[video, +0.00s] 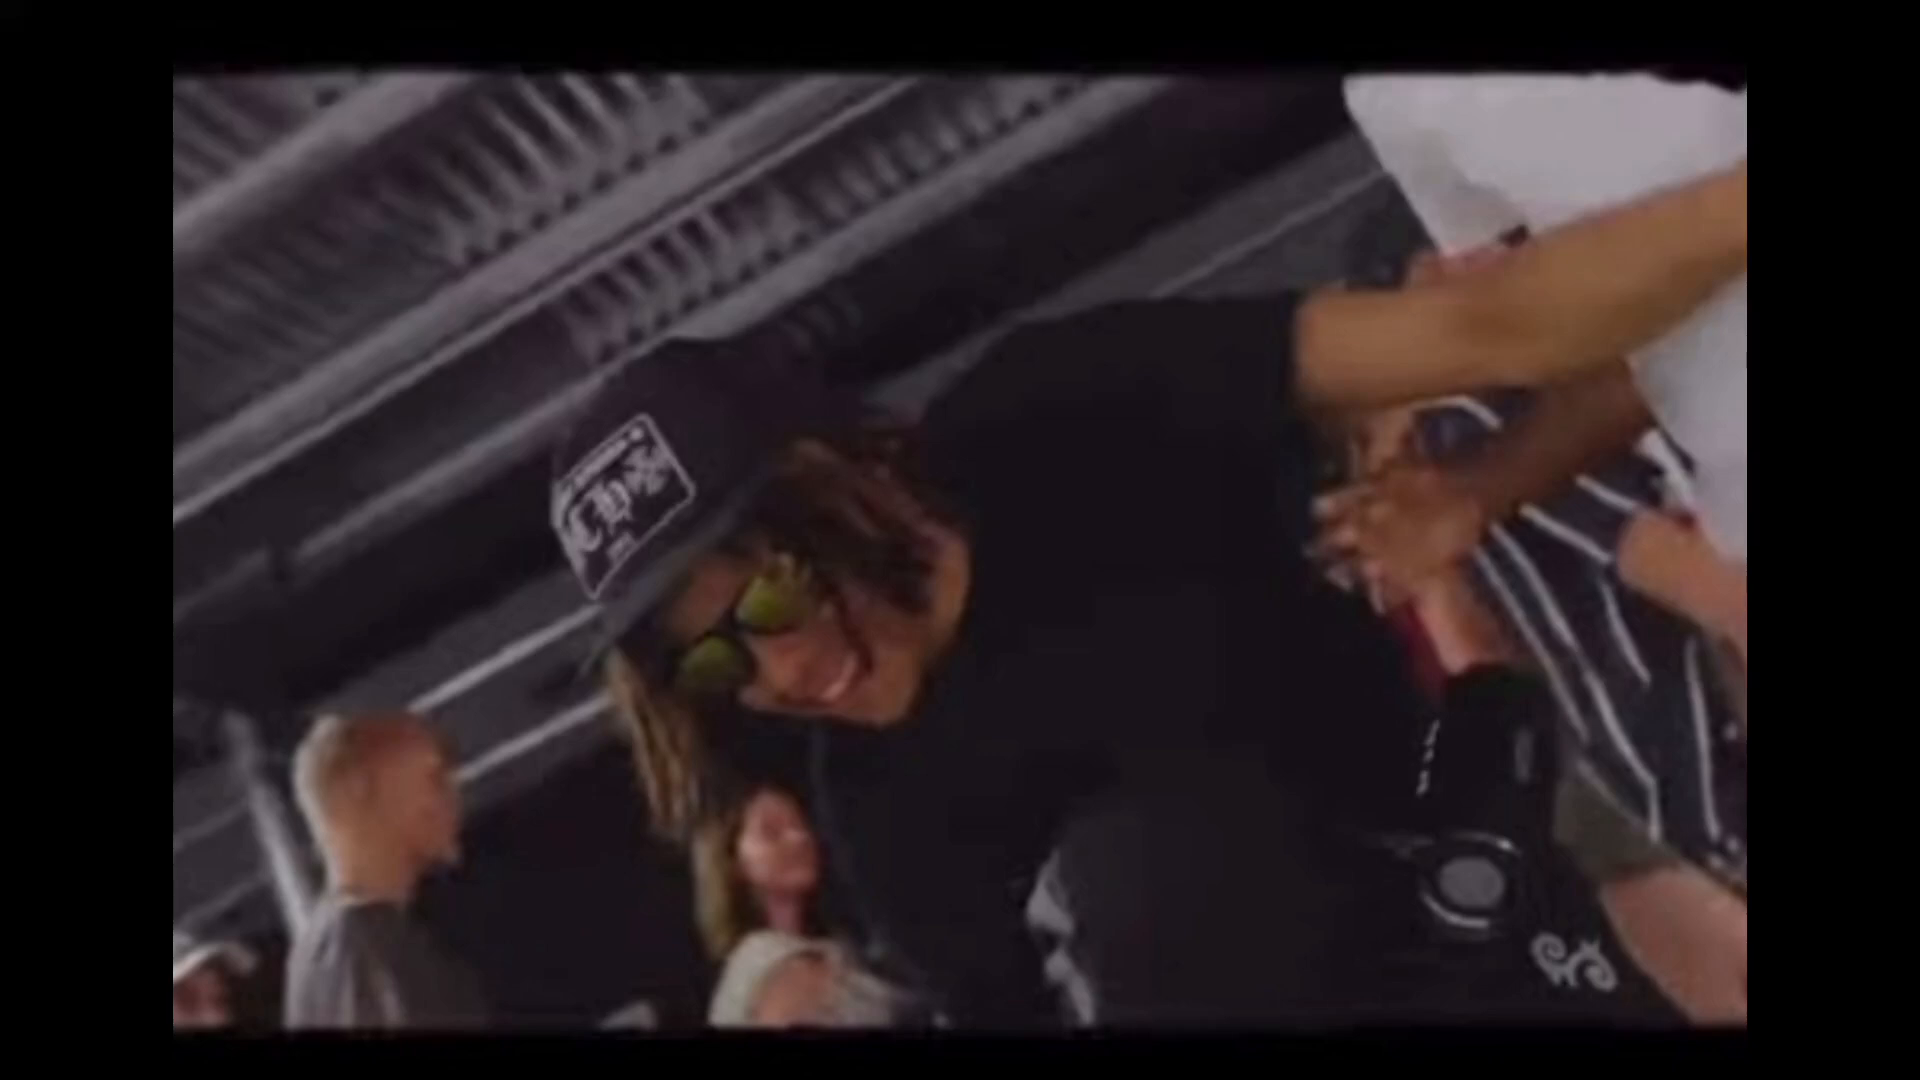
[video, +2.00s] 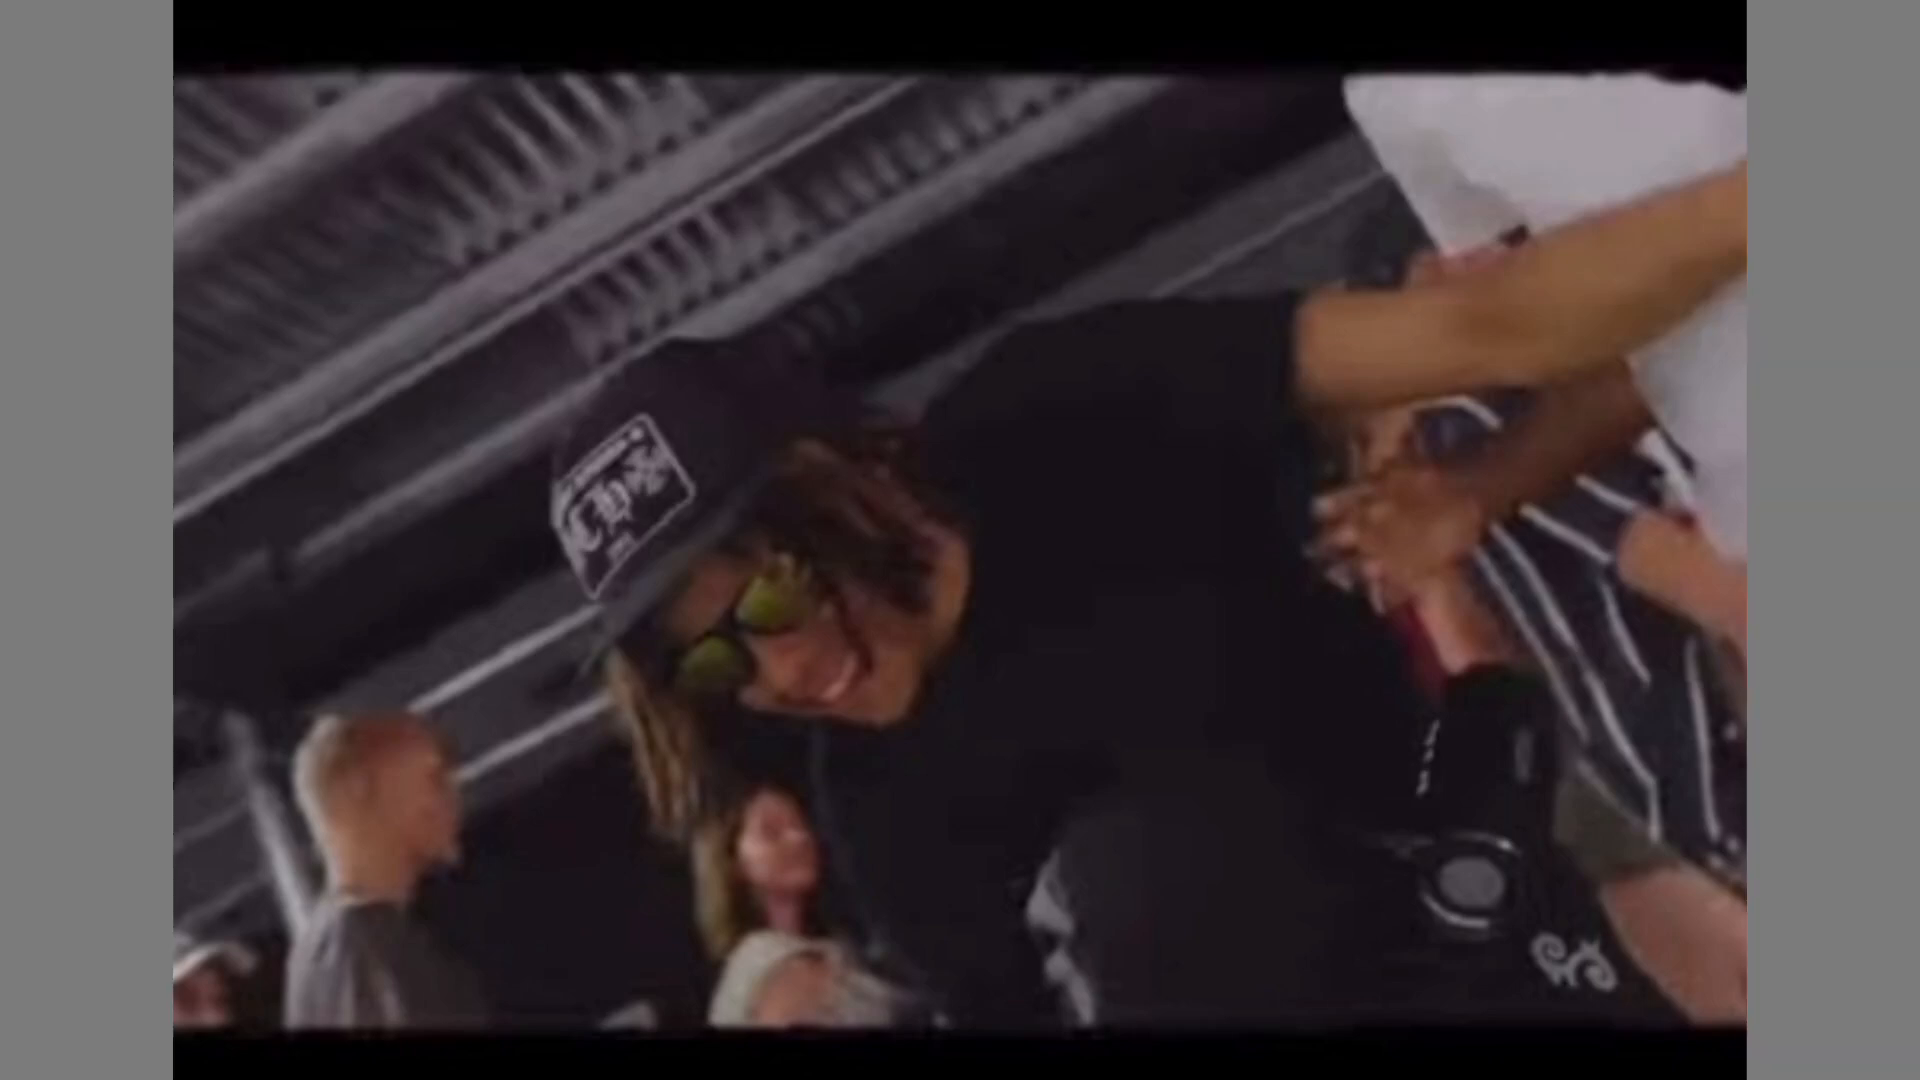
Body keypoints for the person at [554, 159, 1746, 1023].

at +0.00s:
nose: (768, 656)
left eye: (761, 582)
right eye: (708, 654)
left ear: (835, 476)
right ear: (687, 685)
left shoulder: (1052, 404)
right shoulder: (886, 847)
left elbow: (1472, 328)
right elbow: (1031, 1024)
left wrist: (1740, 208)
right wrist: (837, 995)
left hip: (1477, 844)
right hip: (1240, 973)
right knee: (1136, 862)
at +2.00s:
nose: (768, 657)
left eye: (761, 582)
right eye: (708, 654)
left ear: (835, 476)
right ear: (688, 686)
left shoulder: (1050, 404)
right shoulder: (889, 847)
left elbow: (1463, 331)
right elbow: (1040, 1023)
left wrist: (1758, 207)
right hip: (1273, 977)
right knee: (1136, 867)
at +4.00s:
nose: (768, 660)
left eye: (761, 586)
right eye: (709, 657)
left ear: (834, 478)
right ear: (687, 687)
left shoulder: (1050, 404)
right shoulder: (888, 843)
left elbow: (1469, 329)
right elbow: (1032, 1023)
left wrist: (1762, 200)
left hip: (1475, 843)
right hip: (1239, 974)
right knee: (1135, 869)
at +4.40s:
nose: (767, 656)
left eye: (760, 581)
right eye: (708, 654)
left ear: (835, 476)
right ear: (688, 687)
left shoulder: (1052, 404)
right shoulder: (888, 846)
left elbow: (1476, 326)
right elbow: (1033, 1025)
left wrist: (1797, 183)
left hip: (1486, 855)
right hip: (1246, 975)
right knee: (1133, 867)